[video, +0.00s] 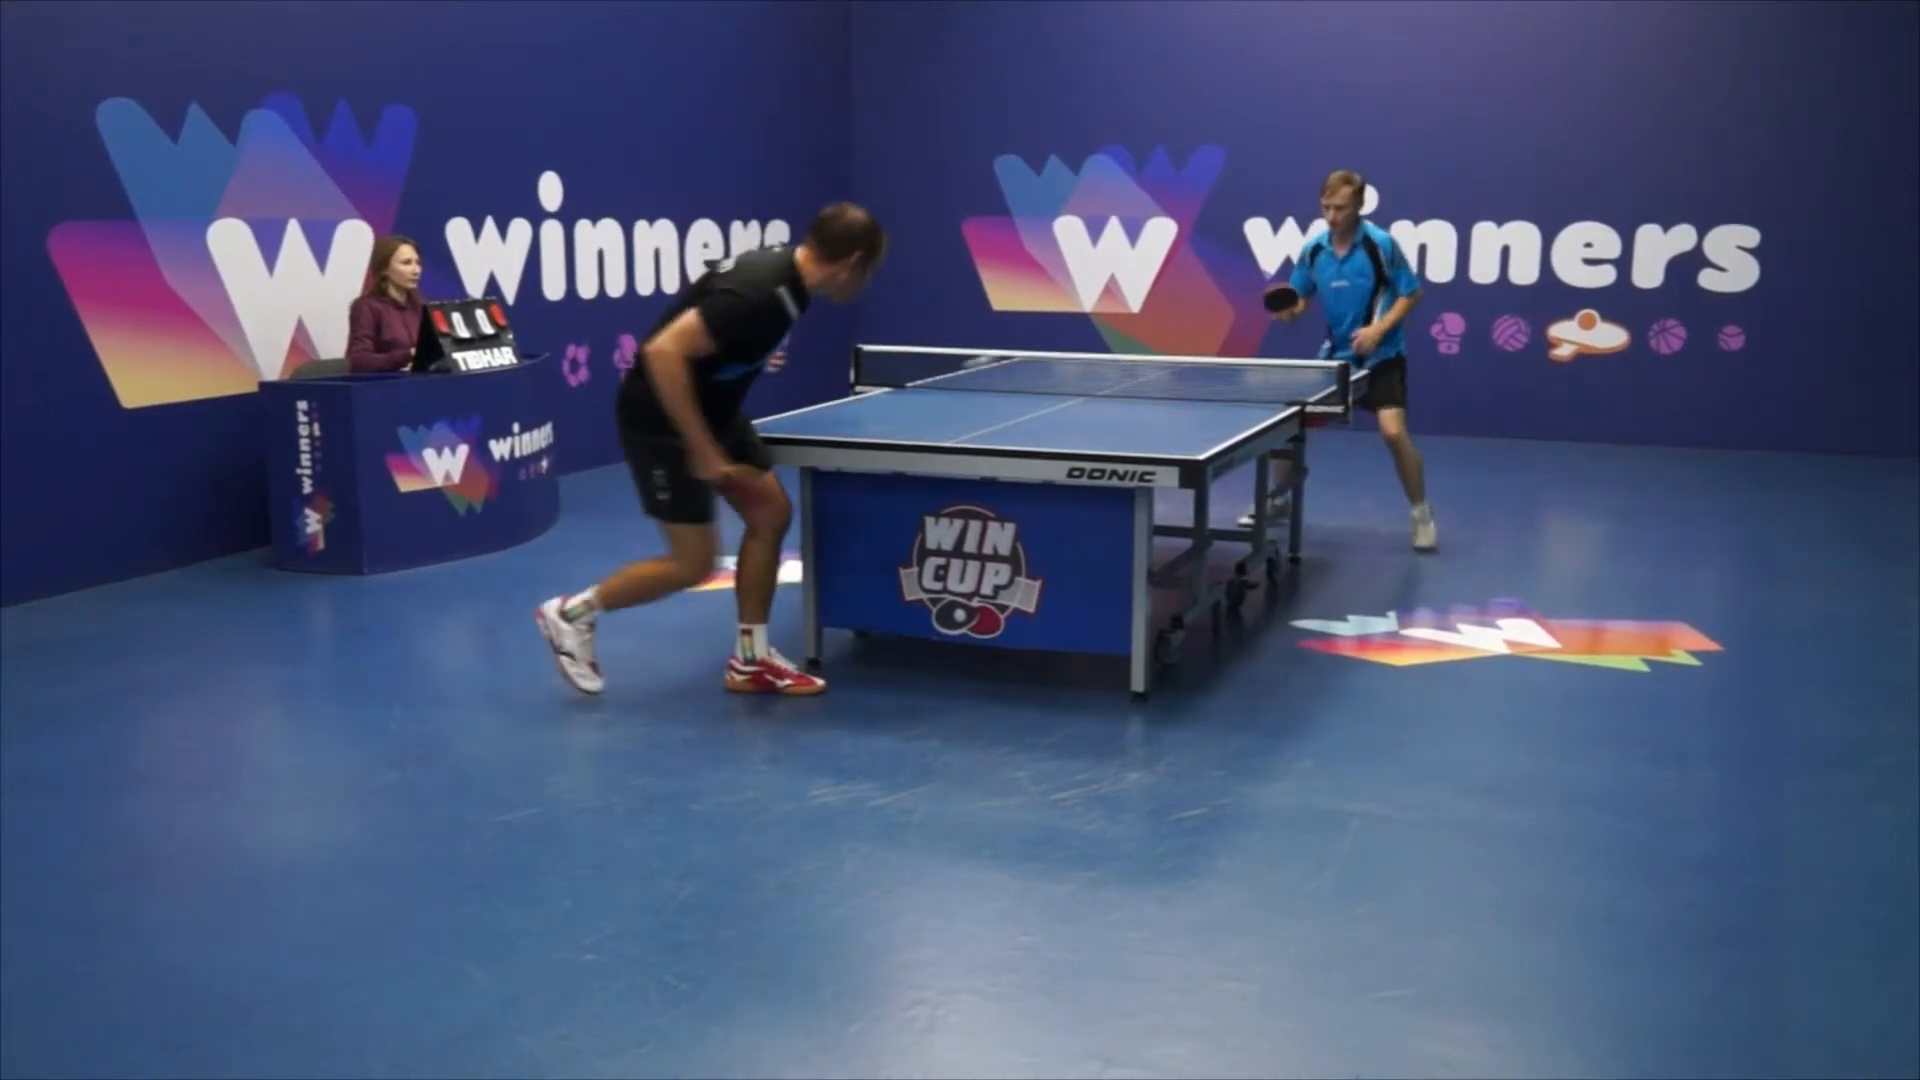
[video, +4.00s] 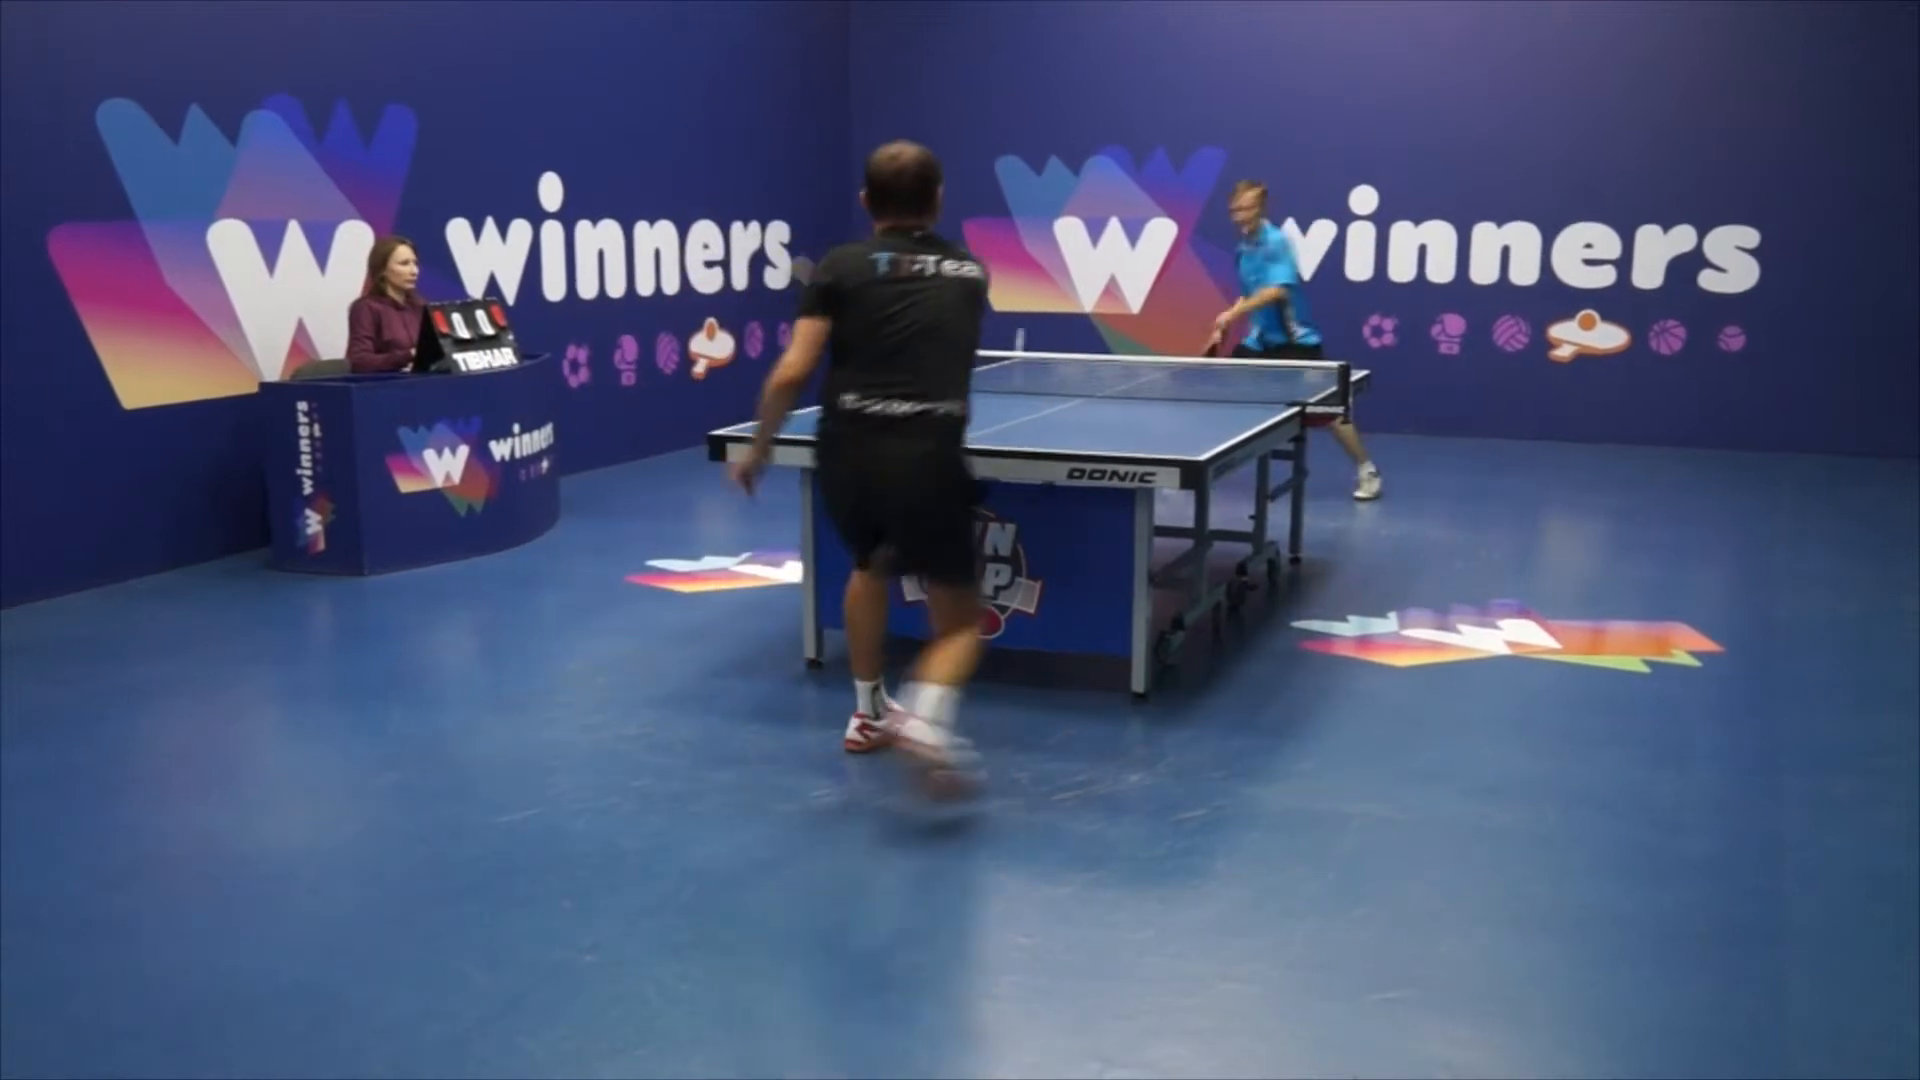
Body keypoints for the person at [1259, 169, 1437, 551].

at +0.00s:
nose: (1332, 216)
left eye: (1340, 209)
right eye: (1327, 208)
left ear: (1359, 209)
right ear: (1322, 207)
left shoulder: (1381, 244)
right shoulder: (1314, 249)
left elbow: (1411, 292)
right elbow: (1301, 298)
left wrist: (1379, 329)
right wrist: (1289, 310)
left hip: (1382, 352)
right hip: (1334, 353)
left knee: (1393, 432)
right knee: (1287, 414)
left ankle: (1421, 513)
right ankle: (1278, 499)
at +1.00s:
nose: (1341, 226)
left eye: (1349, 219)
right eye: (1336, 218)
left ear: (1366, 219)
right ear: (1331, 218)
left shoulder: (1390, 257)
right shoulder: (1327, 261)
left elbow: (1434, 291)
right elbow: (1294, 304)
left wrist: (1402, 311)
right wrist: (1266, 303)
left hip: (1390, 368)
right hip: (1344, 369)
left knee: (1403, 437)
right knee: (1302, 421)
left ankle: (1432, 516)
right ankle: (1287, 492)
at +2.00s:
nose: (1523, 226)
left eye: (1532, 219)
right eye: (1519, 218)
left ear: (1551, 223)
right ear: (1514, 221)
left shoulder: (1567, 274)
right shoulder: (1500, 262)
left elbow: (1585, 325)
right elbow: (1462, 307)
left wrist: (1584, 363)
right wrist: (1486, 287)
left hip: (1549, 385)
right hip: (1500, 381)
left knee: (1578, 449)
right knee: (1452, 445)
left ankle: (1627, 519)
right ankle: (1457, 490)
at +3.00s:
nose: (1250, 231)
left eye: (1257, 224)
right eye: (1245, 224)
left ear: (1268, 228)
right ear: (1237, 226)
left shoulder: (1281, 266)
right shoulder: (1226, 262)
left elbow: (1308, 299)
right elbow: (1201, 304)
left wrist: (1326, 331)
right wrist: (1231, 283)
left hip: (1273, 357)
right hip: (1231, 357)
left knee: (1284, 418)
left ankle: (1293, 478)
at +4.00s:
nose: (1241, 217)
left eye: (1248, 210)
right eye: (1236, 210)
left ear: (1262, 210)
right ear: (1231, 213)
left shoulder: (1276, 241)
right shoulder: (1242, 249)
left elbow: (1277, 290)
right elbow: (1249, 296)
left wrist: (1230, 314)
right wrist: (1222, 328)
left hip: (1298, 341)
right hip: (1260, 339)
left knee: (1330, 408)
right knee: (1224, 394)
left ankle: (1366, 468)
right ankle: (1205, 465)